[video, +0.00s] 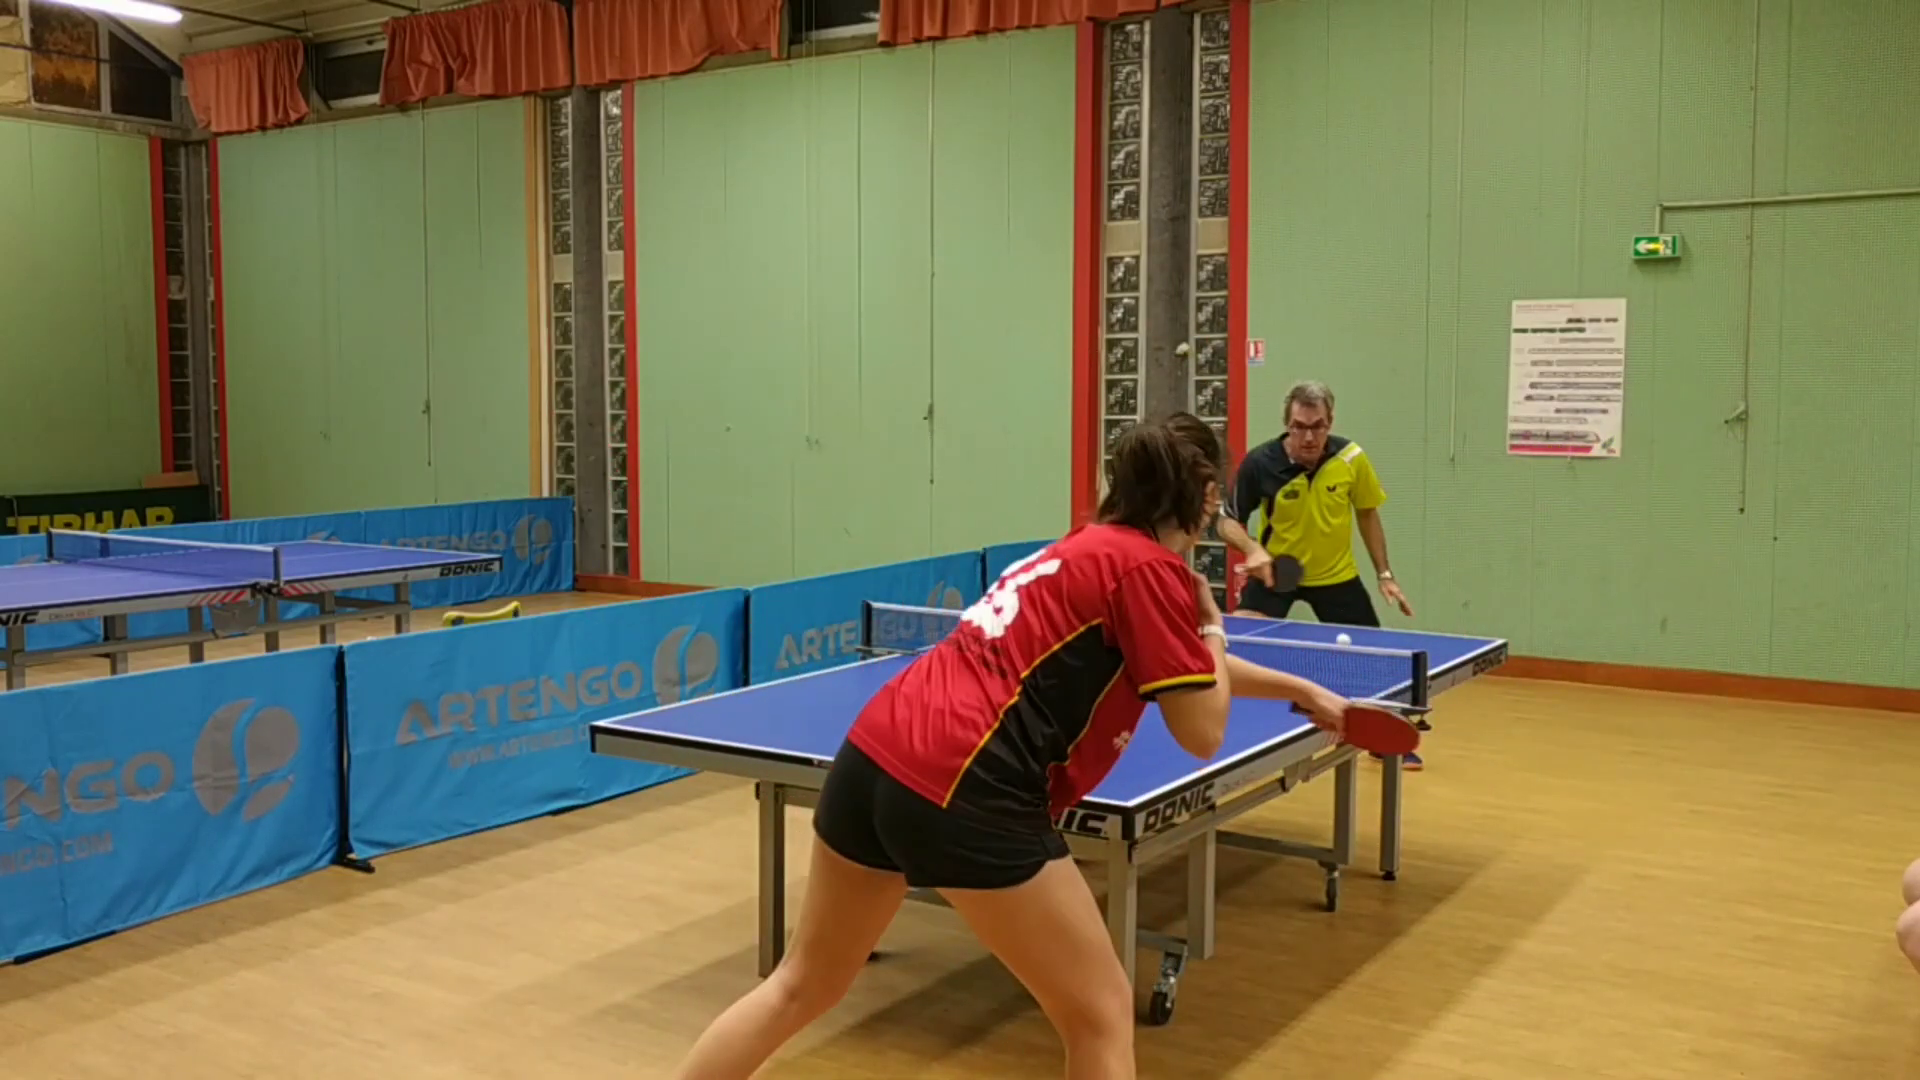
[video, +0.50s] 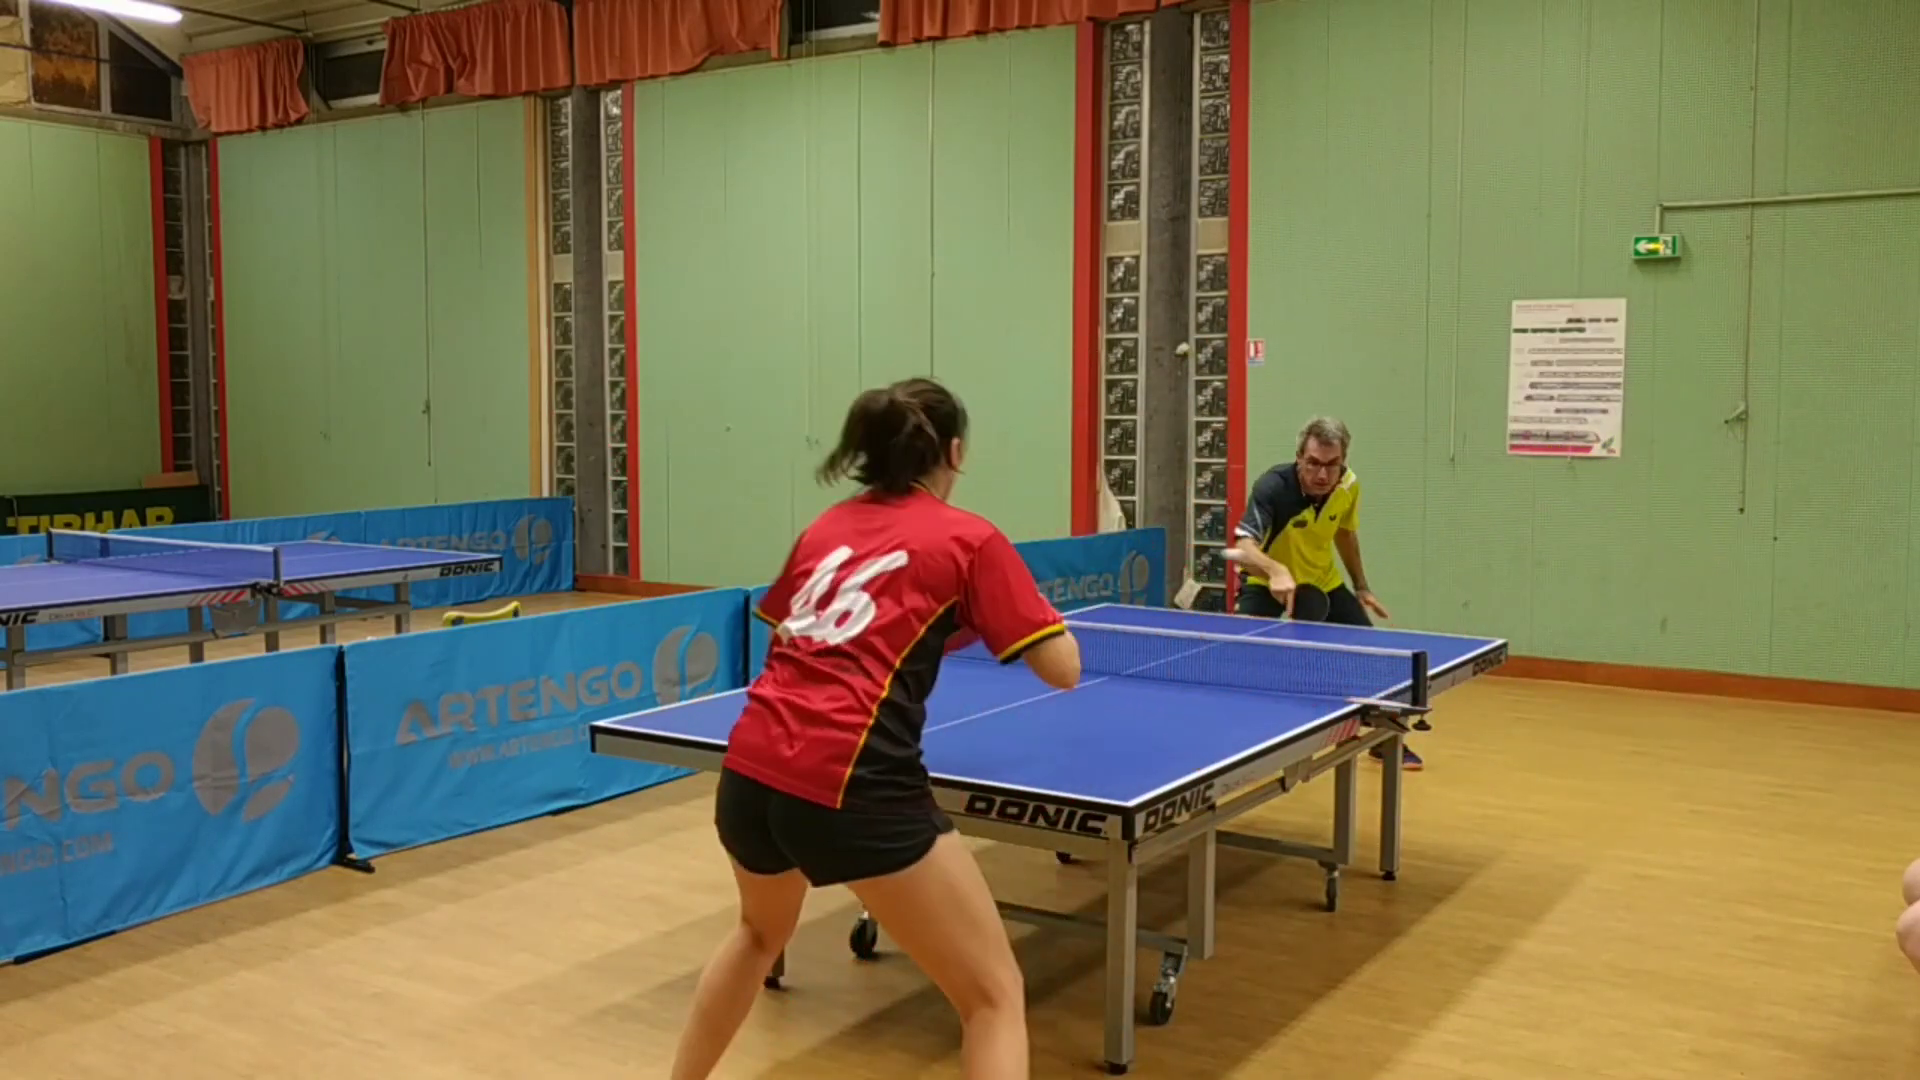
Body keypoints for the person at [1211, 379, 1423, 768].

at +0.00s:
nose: (1308, 437)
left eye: (1316, 427)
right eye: (1299, 427)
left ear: (1330, 424)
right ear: (1286, 423)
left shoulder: (1350, 458)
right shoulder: (1261, 463)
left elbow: (1368, 515)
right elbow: (1228, 520)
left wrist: (1385, 576)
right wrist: (1252, 550)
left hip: (1336, 578)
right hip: (1274, 578)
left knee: (1374, 651)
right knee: (1235, 645)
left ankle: (1389, 736)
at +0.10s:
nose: (1316, 449)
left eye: (1324, 440)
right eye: (1307, 439)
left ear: (1337, 435)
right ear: (1293, 432)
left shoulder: (1352, 465)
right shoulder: (1265, 469)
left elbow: (1365, 521)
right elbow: (1233, 535)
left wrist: (1385, 580)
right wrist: (1275, 550)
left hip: (1334, 580)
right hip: (1274, 580)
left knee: (1376, 652)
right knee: (1237, 646)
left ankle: (1386, 737)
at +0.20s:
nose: (1324, 466)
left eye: (1333, 456)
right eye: (1316, 456)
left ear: (1343, 450)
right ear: (1299, 448)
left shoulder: (1351, 476)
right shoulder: (1269, 482)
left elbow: (1359, 532)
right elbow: (1248, 557)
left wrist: (1380, 587)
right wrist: (1306, 555)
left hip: (1328, 584)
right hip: (1269, 583)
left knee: (1377, 653)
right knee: (1240, 650)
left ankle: (1386, 737)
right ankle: (1225, 743)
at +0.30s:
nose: (1331, 479)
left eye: (1339, 470)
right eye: (1321, 469)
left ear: (1347, 464)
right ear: (1303, 461)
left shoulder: (1349, 486)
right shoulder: (1275, 491)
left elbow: (1351, 538)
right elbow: (1260, 568)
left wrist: (1372, 593)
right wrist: (1316, 566)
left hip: (1321, 587)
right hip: (1267, 586)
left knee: (1374, 650)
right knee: (1242, 648)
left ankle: (1385, 737)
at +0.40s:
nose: (1328, 481)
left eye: (1337, 472)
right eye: (1319, 470)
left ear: (1346, 466)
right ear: (1302, 462)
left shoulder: (1347, 488)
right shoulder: (1277, 491)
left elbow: (1345, 536)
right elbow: (1259, 560)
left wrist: (1365, 592)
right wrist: (1291, 577)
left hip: (1323, 587)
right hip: (1267, 588)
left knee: (1375, 651)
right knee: (1246, 656)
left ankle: (1386, 736)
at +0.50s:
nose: (1321, 474)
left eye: (1330, 465)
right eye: (1313, 463)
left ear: (1343, 461)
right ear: (1299, 456)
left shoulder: (1347, 486)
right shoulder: (1275, 486)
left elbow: (1345, 534)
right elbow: (1242, 548)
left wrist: (1362, 588)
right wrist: (1274, 570)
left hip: (1324, 586)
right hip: (1265, 589)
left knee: (1371, 651)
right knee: (1245, 660)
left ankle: (1385, 736)